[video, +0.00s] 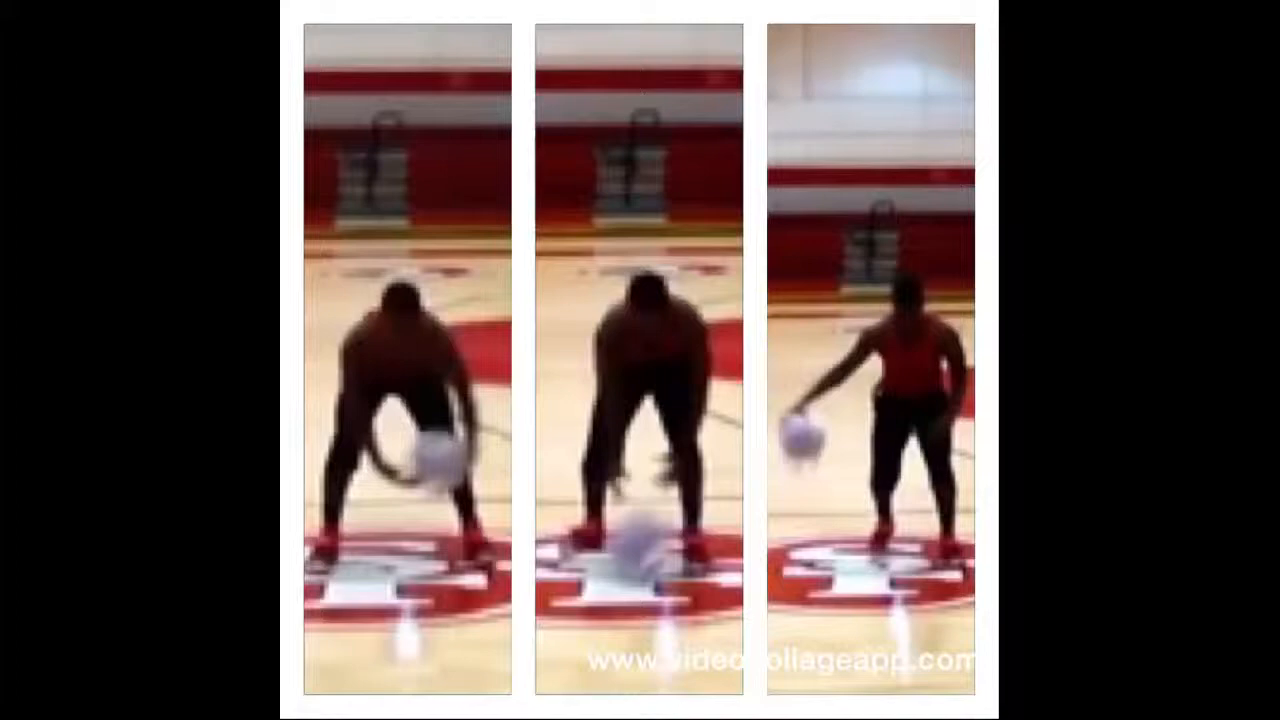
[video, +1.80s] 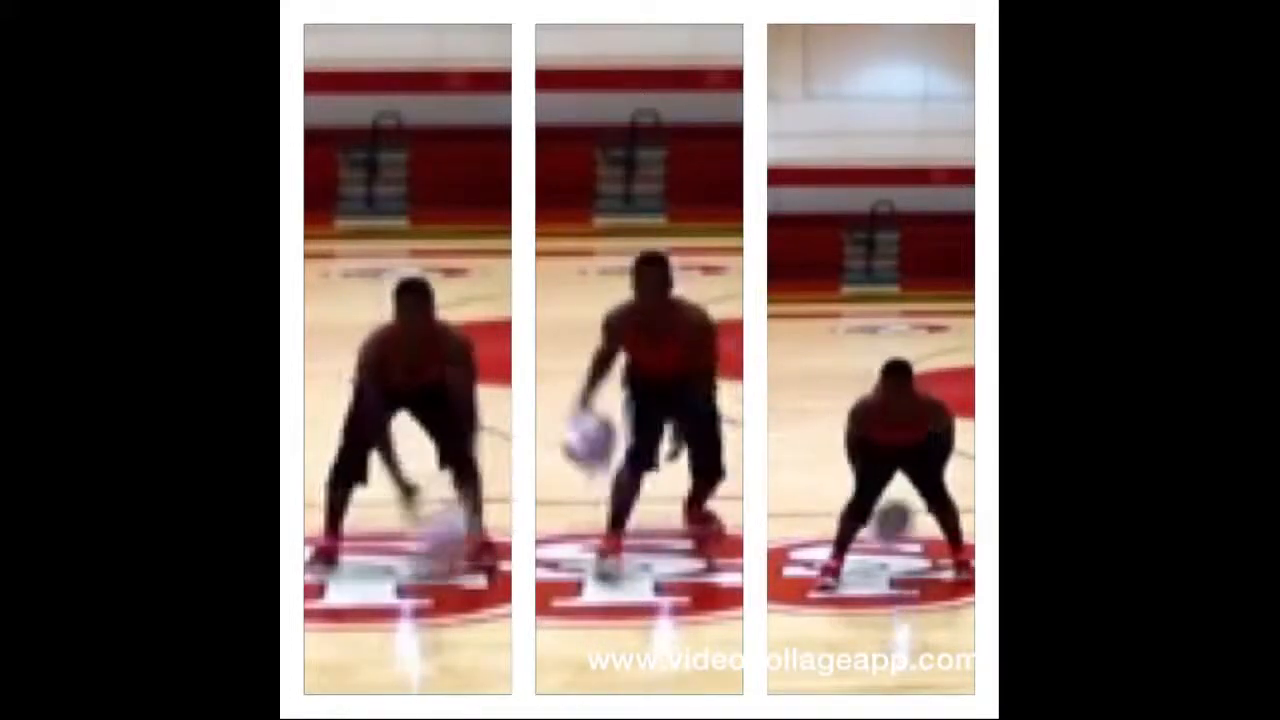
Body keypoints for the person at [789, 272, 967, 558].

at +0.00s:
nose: (905, 319)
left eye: (911, 311)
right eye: (900, 311)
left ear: (921, 306)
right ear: (893, 307)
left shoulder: (940, 334)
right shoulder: (879, 335)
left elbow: (959, 373)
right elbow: (843, 370)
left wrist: (952, 410)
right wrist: (804, 402)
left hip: (930, 401)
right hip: (892, 402)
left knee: (941, 473)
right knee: (882, 473)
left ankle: (947, 535)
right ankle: (884, 523)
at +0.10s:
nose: (900, 327)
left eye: (906, 320)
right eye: (896, 320)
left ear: (916, 318)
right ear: (889, 317)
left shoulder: (935, 341)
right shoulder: (876, 341)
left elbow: (960, 378)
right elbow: (836, 368)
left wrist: (955, 423)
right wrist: (787, 392)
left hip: (931, 405)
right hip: (892, 405)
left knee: (939, 472)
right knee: (877, 474)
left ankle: (947, 538)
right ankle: (867, 537)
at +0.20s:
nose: (891, 340)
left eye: (896, 333)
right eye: (886, 333)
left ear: (908, 331)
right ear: (880, 332)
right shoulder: (868, 354)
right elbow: (825, 376)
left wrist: (958, 454)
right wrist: (781, 397)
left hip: (926, 417)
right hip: (889, 415)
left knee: (937, 484)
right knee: (870, 480)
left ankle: (947, 542)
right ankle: (842, 547)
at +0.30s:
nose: (885, 355)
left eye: (891, 348)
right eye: (880, 348)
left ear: (901, 345)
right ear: (873, 345)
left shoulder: (921, 370)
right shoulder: (859, 369)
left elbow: (944, 416)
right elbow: (834, 402)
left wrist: (950, 463)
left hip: (917, 428)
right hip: (878, 427)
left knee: (934, 493)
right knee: (860, 491)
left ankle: (949, 542)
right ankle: (835, 556)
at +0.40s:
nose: (889, 366)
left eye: (895, 359)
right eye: (884, 359)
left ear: (902, 357)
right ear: (875, 357)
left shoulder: (918, 382)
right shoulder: (855, 385)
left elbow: (931, 422)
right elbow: (845, 429)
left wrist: (928, 459)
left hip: (905, 438)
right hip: (867, 440)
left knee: (931, 494)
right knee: (854, 500)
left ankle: (951, 543)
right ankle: (835, 556)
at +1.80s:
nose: (894, 396)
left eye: (901, 389)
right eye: (889, 388)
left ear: (911, 386)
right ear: (881, 386)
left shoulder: (931, 410)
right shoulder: (864, 411)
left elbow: (945, 440)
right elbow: (852, 442)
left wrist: (934, 467)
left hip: (918, 454)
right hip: (877, 454)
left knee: (940, 503)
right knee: (859, 507)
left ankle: (959, 557)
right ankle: (835, 561)